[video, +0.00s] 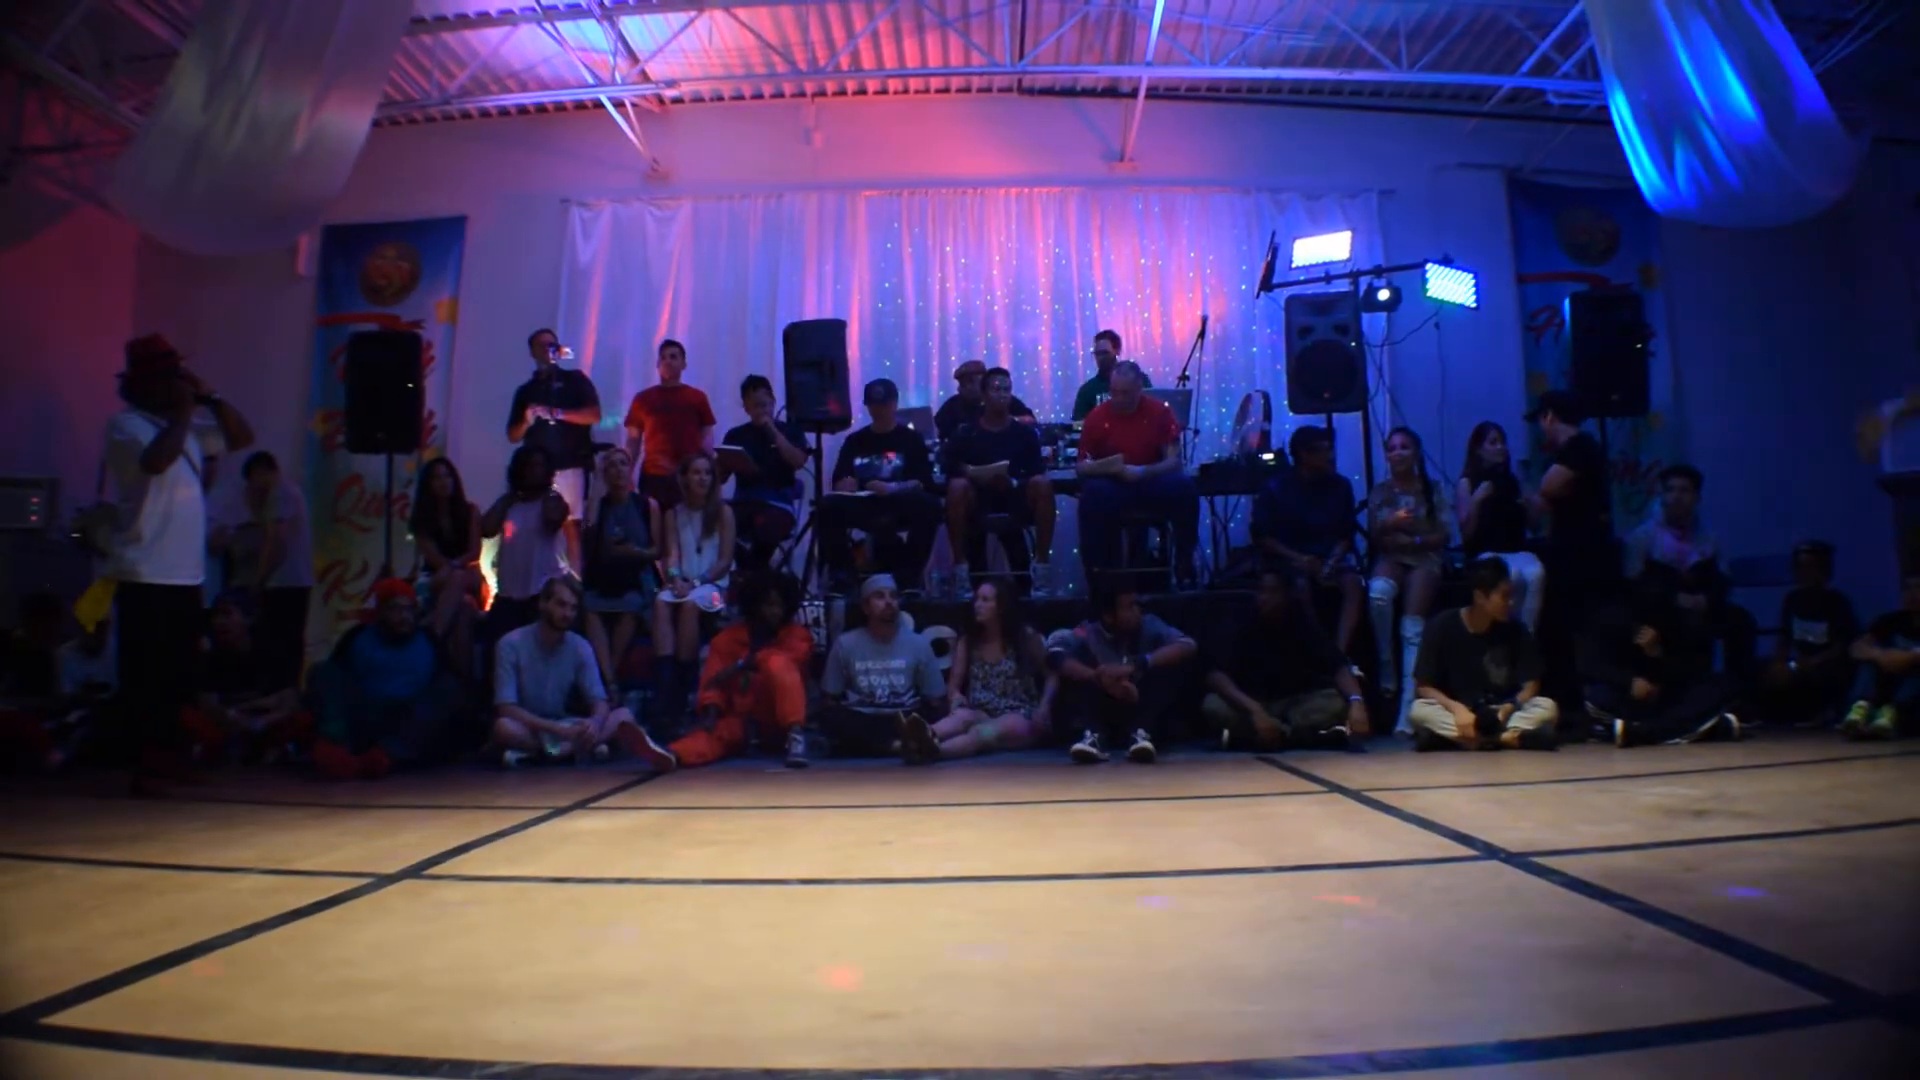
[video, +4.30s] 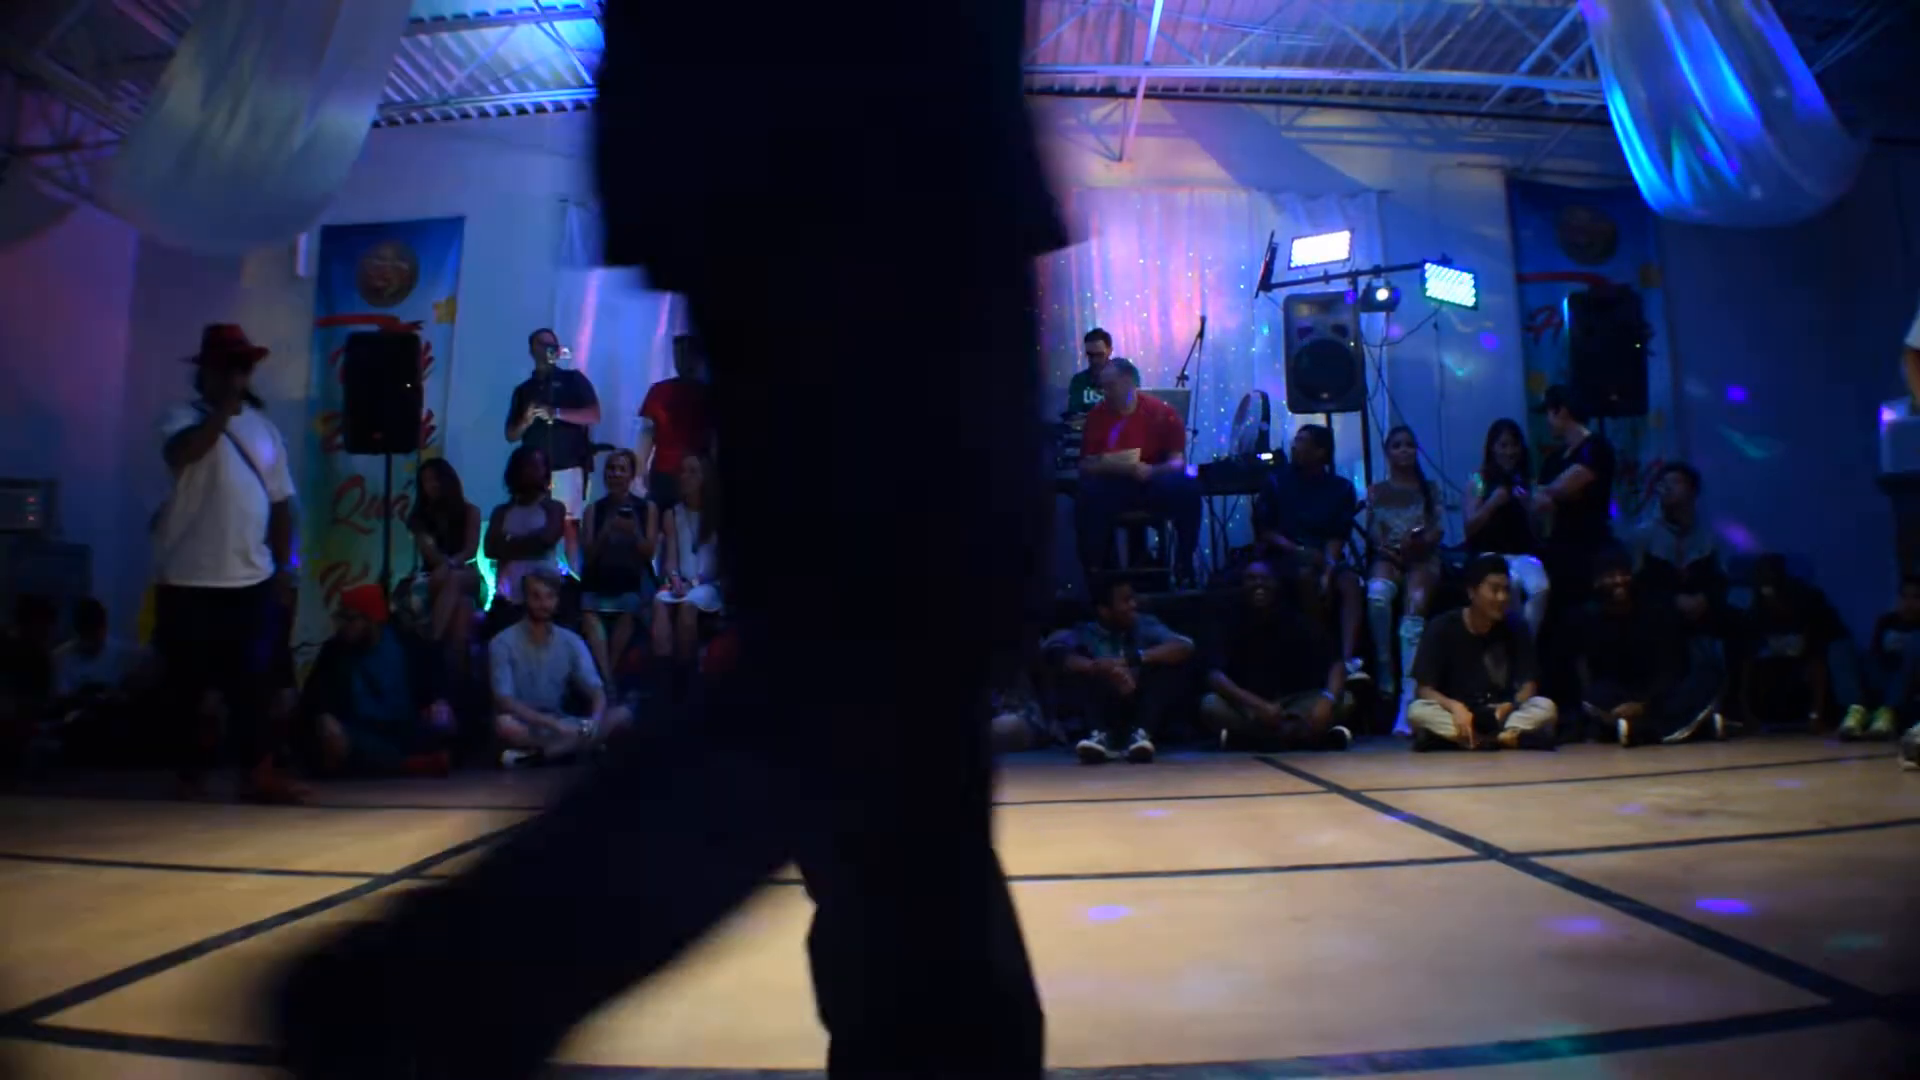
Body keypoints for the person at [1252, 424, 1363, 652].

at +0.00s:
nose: (1329, 456)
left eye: (1330, 450)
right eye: (1322, 450)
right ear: (1303, 454)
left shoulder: (1340, 486)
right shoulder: (1278, 487)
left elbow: (1348, 533)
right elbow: (1262, 536)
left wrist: (1333, 560)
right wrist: (1300, 560)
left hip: (1330, 557)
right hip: (1292, 558)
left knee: (1353, 583)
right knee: (1299, 585)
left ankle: (1340, 657)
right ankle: (1311, 656)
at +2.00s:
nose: (1323, 455)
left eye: (1325, 449)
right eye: (1316, 449)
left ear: (1330, 453)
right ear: (1300, 454)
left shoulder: (1339, 488)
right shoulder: (1280, 487)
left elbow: (1347, 535)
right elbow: (1270, 538)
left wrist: (1332, 558)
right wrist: (1309, 561)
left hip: (1330, 557)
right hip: (1294, 557)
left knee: (1354, 580)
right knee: (1301, 584)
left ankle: (1351, 648)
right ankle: (1312, 654)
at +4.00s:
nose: (1303, 447)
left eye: (1311, 442)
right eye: (1301, 441)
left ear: (1326, 450)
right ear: (1296, 447)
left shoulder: (1342, 487)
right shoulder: (1279, 483)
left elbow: (1339, 536)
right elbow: (1265, 533)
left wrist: (1329, 571)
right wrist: (1305, 556)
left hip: (1326, 555)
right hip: (1289, 555)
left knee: (1351, 582)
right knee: (1307, 577)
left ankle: (1347, 654)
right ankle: (1314, 653)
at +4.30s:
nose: (1294, 446)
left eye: (1301, 442)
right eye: (1295, 441)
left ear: (1320, 451)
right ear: (1295, 445)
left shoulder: (1340, 487)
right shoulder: (1279, 480)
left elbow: (1338, 536)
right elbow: (1264, 529)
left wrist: (1327, 572)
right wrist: (1298, 550)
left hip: (1324, 557)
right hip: (1288, 556)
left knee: (1351, 583)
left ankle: (1348, 658)